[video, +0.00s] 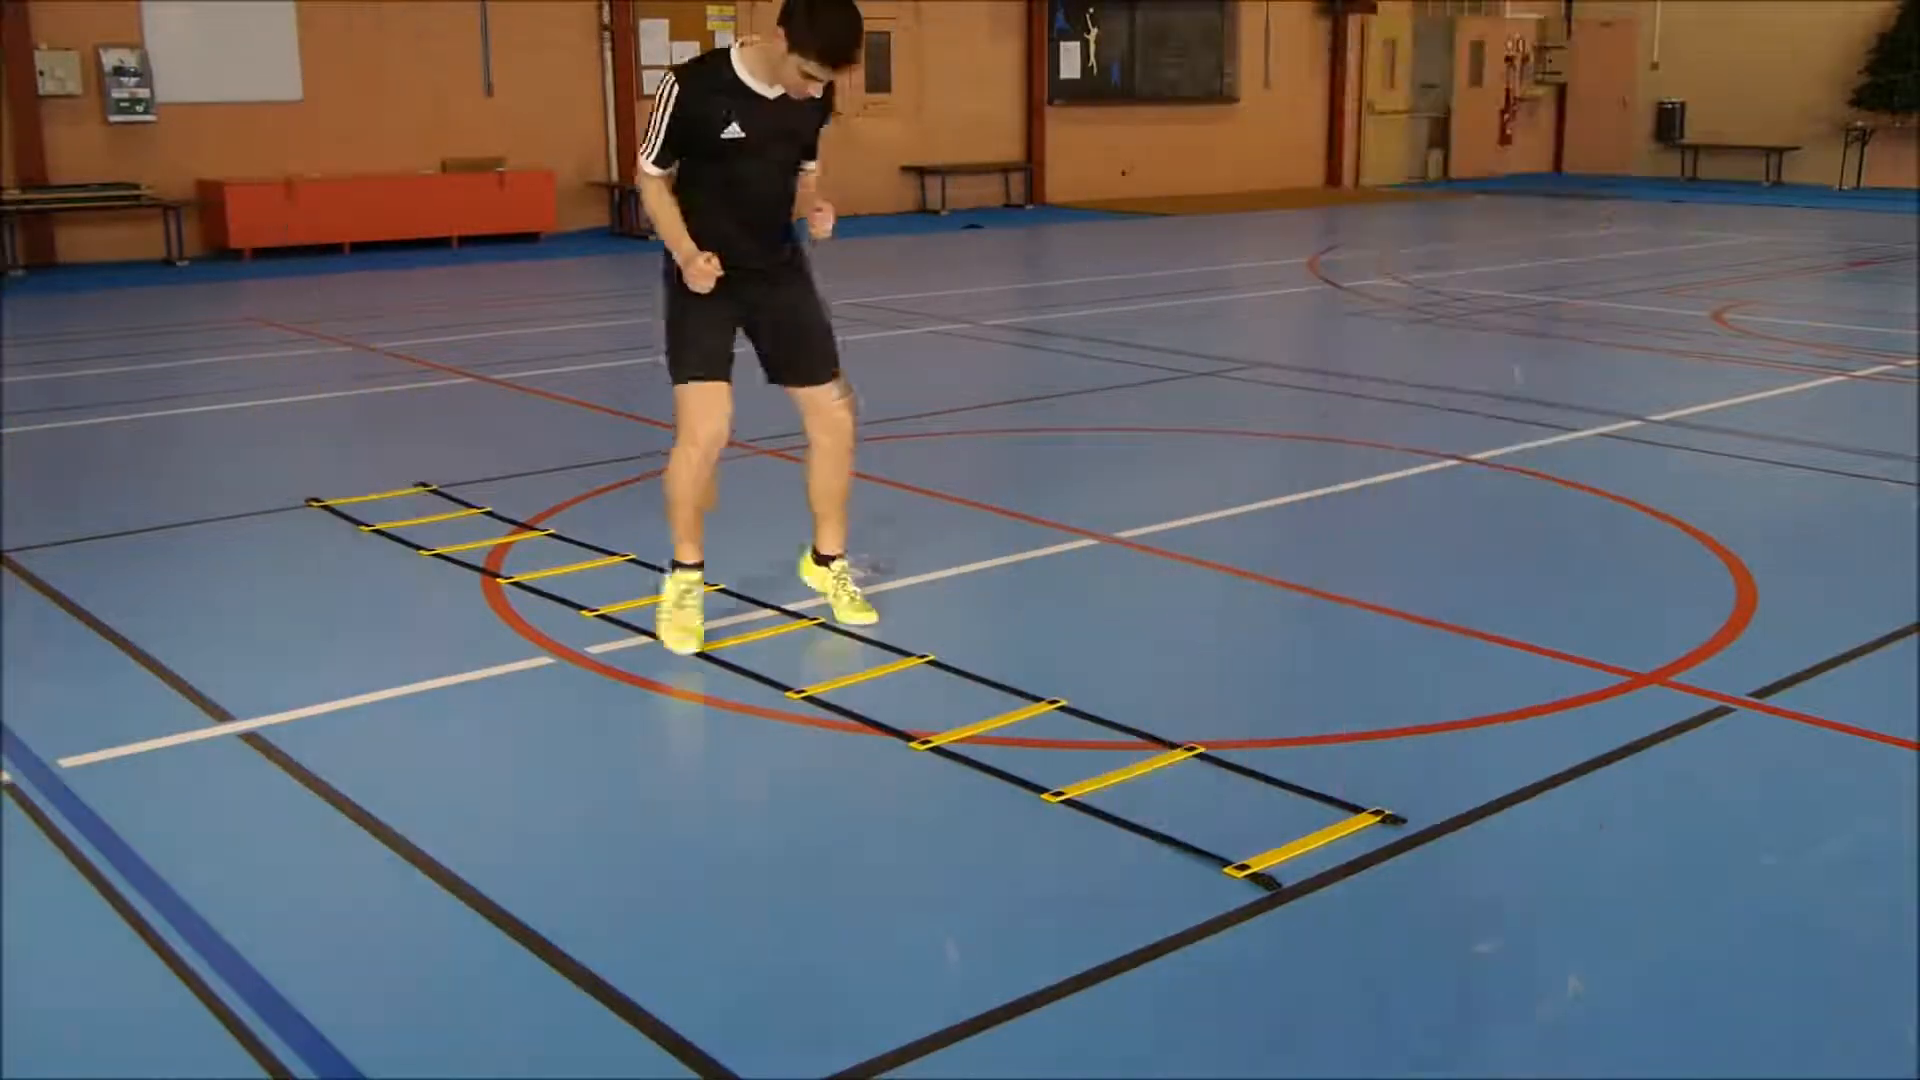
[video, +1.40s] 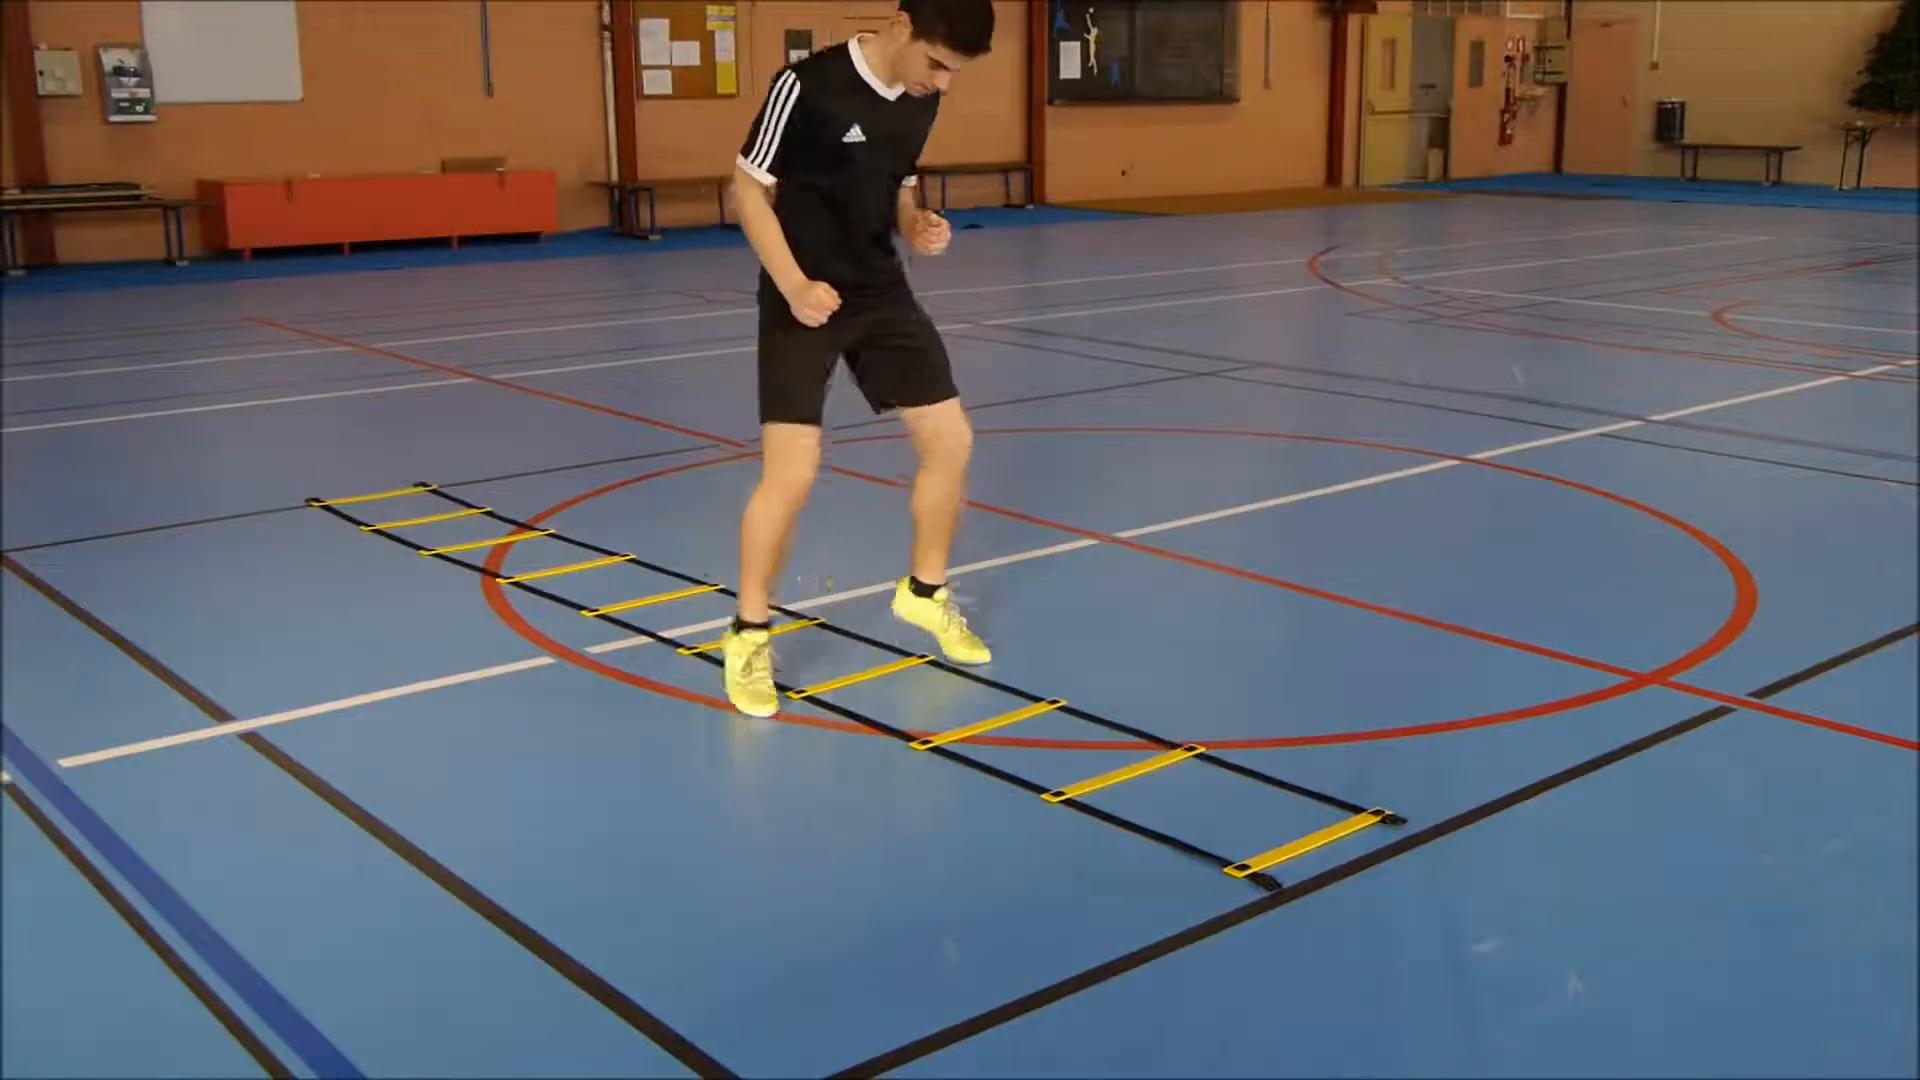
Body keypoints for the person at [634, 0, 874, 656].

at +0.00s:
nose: (814, 90)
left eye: (824, 81)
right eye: (808, 76)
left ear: (837, 67)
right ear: (778, 38)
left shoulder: (812, 97)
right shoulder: (693, 85)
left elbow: (802, 174)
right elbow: (652, 179)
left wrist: (812, 206)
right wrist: (686, 254)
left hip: (778, 267)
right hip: (700, 271)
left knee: (832, 414)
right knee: (704, 431)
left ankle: (827, 562)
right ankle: (686, 575)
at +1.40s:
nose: (941, 83)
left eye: (952, 71)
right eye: (934, 64)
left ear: (962, 55)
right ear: (895, 26)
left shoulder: (924, 97)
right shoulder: (804, 85)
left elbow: (901, 182)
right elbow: (747, 189)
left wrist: (913, 223)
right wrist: (792, 284)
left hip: (878, 286)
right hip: (798, 291)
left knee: (948, 439)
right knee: (791, 471)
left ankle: (924, 592)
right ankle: (749, 634)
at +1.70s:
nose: (976, 92)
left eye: (987, 81)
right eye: (970, 75)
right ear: (931, 34)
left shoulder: (969, 101)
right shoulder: (832, 89)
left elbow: (961, 180)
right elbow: (786, 196)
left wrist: (963, 227)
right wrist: (830, 286)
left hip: (925, 297)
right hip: (841, 301)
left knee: (957, 459)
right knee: (862, 473)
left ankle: (932, 600)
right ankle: (870, 633)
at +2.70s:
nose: (1044, 84)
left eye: (1055, 71)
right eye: (1037, 64)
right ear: (990, 26)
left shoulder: (1022, 98)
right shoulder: (899, 95)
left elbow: (1006, 187)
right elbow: (837, 217)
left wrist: (1029, 235)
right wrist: (914, 307)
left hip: (980, 318)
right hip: (895, 321)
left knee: (1064, 471)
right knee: (871, 513)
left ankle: (960, 606)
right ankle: (828, 695)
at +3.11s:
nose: (1095, 85)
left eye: (1107, 72)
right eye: (1089, 65)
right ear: (1044, 25)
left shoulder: (1083, 95)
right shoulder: (940, 89)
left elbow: (1075, 183)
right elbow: (886, 204)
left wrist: (1084, 236)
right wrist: (936, 298)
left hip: (1047, 319)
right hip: (958, 323)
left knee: (1085, 492)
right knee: (967, 511)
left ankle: (1063, 648)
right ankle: (936, 664)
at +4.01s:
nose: (1213, 98)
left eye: (1227, 86)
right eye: (1208, 77)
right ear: (1161, 32)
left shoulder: (1179, 108)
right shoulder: (1045, 103)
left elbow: (1160, 205)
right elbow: (974, 223)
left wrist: (1186, 252)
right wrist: (1021, 342)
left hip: (1120, 343)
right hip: (1034, 345)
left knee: (1180, 518)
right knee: (1023, 550)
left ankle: (1065, 654)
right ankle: (966, 744)